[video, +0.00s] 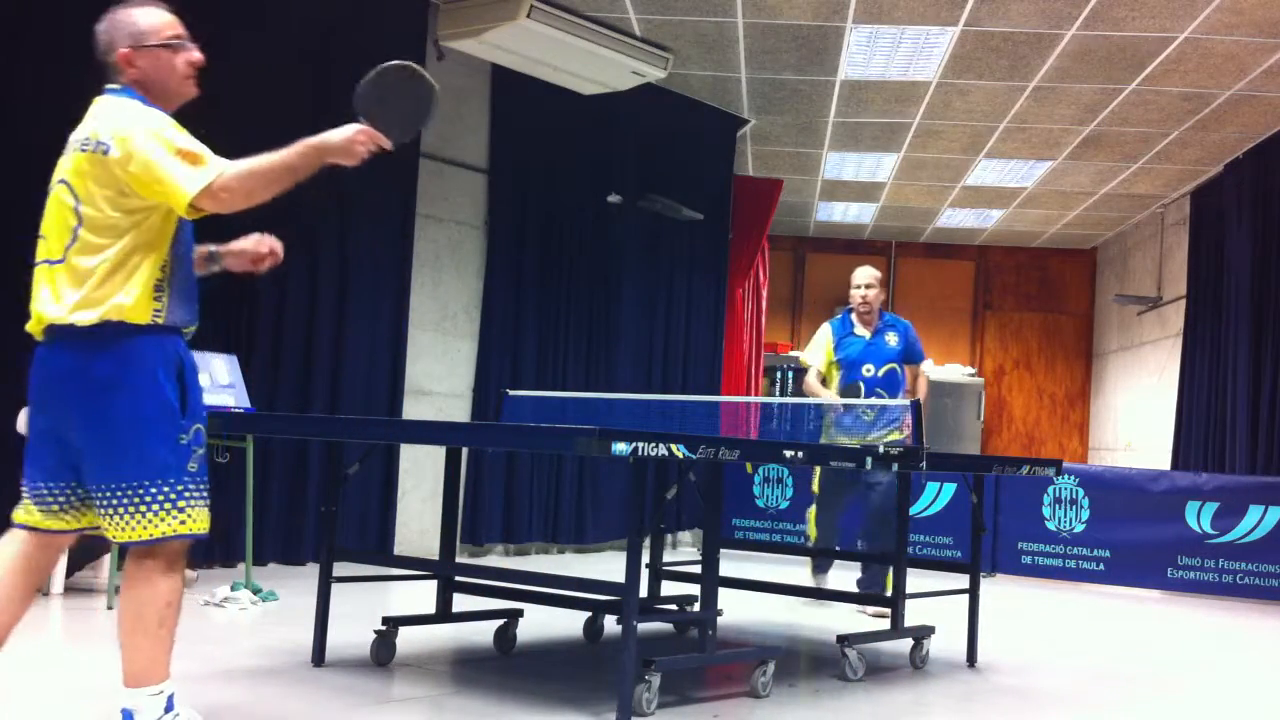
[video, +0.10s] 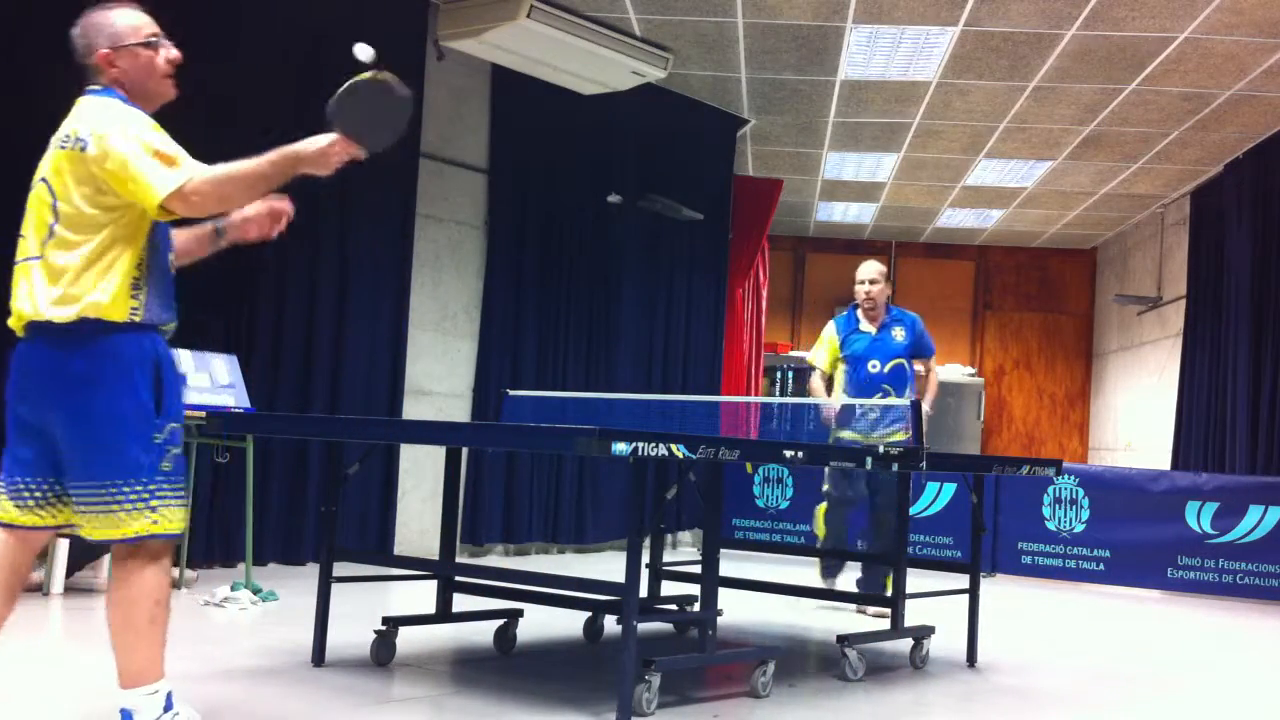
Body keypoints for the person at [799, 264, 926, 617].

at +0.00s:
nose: (862, 293)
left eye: (870, 287)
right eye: (857, 287)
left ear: (883, 292)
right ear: (849, 292)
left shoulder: (902, 330)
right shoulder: (831, 331)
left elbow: (918, 375)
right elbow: (809, 379)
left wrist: (915, 418)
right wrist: (830, 397)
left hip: (888, 441)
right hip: (840, 440)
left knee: (883, 514)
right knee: (829, 509)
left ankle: (872, 592)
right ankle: (820, 566)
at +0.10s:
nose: (867, 288)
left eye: (874, 282)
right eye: (861, 283)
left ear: (888, 287)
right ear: (854, 288)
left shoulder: (910, 324)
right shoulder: (839, 327)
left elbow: (930, 369)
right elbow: (817, 376)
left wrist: (927, 404)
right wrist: (824, 400)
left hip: (895, 438)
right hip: (849, 437)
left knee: (887, 517)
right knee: (841, 503)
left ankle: (873, 594)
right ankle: (830, 565)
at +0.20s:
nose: (868, 286)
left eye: (875, 279)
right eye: (863, 280)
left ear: (891, 284)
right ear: (857, 285)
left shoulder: (915, 321)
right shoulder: (844, 325)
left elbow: (944, 365)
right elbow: (824, 372)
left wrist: (934, 407)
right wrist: (824, 406)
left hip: (900, 438)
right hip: (853, 436)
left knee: (889, 515)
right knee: (853, 507)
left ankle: (875, 596)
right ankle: (844, 594)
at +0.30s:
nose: (869, 288)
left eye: (877, 281)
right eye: (864, 282)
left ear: (894, 285)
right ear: (858, 287)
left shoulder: (920, 321)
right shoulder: (846, 328)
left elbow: (953, 365)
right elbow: (829, 376)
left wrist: (941, 408)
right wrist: (824, 408)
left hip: (905, 439)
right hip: (859, 438)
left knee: (895, 517)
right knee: (864, 513)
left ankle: (880, 601)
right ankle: (859, 602)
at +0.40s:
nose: (870, 291)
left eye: (878, 284)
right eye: (865, 285)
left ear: (895, 289)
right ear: (859, 291)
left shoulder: (923, 323)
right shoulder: (849, 332)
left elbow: (957, 368)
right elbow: (833, 380)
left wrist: (945, 414)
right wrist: (824, 409)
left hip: (912, 444)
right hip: (863, 444)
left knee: (917, 524)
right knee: (860, 524)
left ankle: (889, 595)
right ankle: (866, 607)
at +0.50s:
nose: (873, 291)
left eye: (881, 283)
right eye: (867, 284)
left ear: (899, 287)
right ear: (862, 289)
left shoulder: (928, 320)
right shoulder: (854, 333)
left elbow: (967, 364)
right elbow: (838, 383)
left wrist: (954, 409)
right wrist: (833, 409)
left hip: (925, 441)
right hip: (872, 443)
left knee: (948, 503)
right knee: (862, 520)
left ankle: (922, 572)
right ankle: (865, 606)